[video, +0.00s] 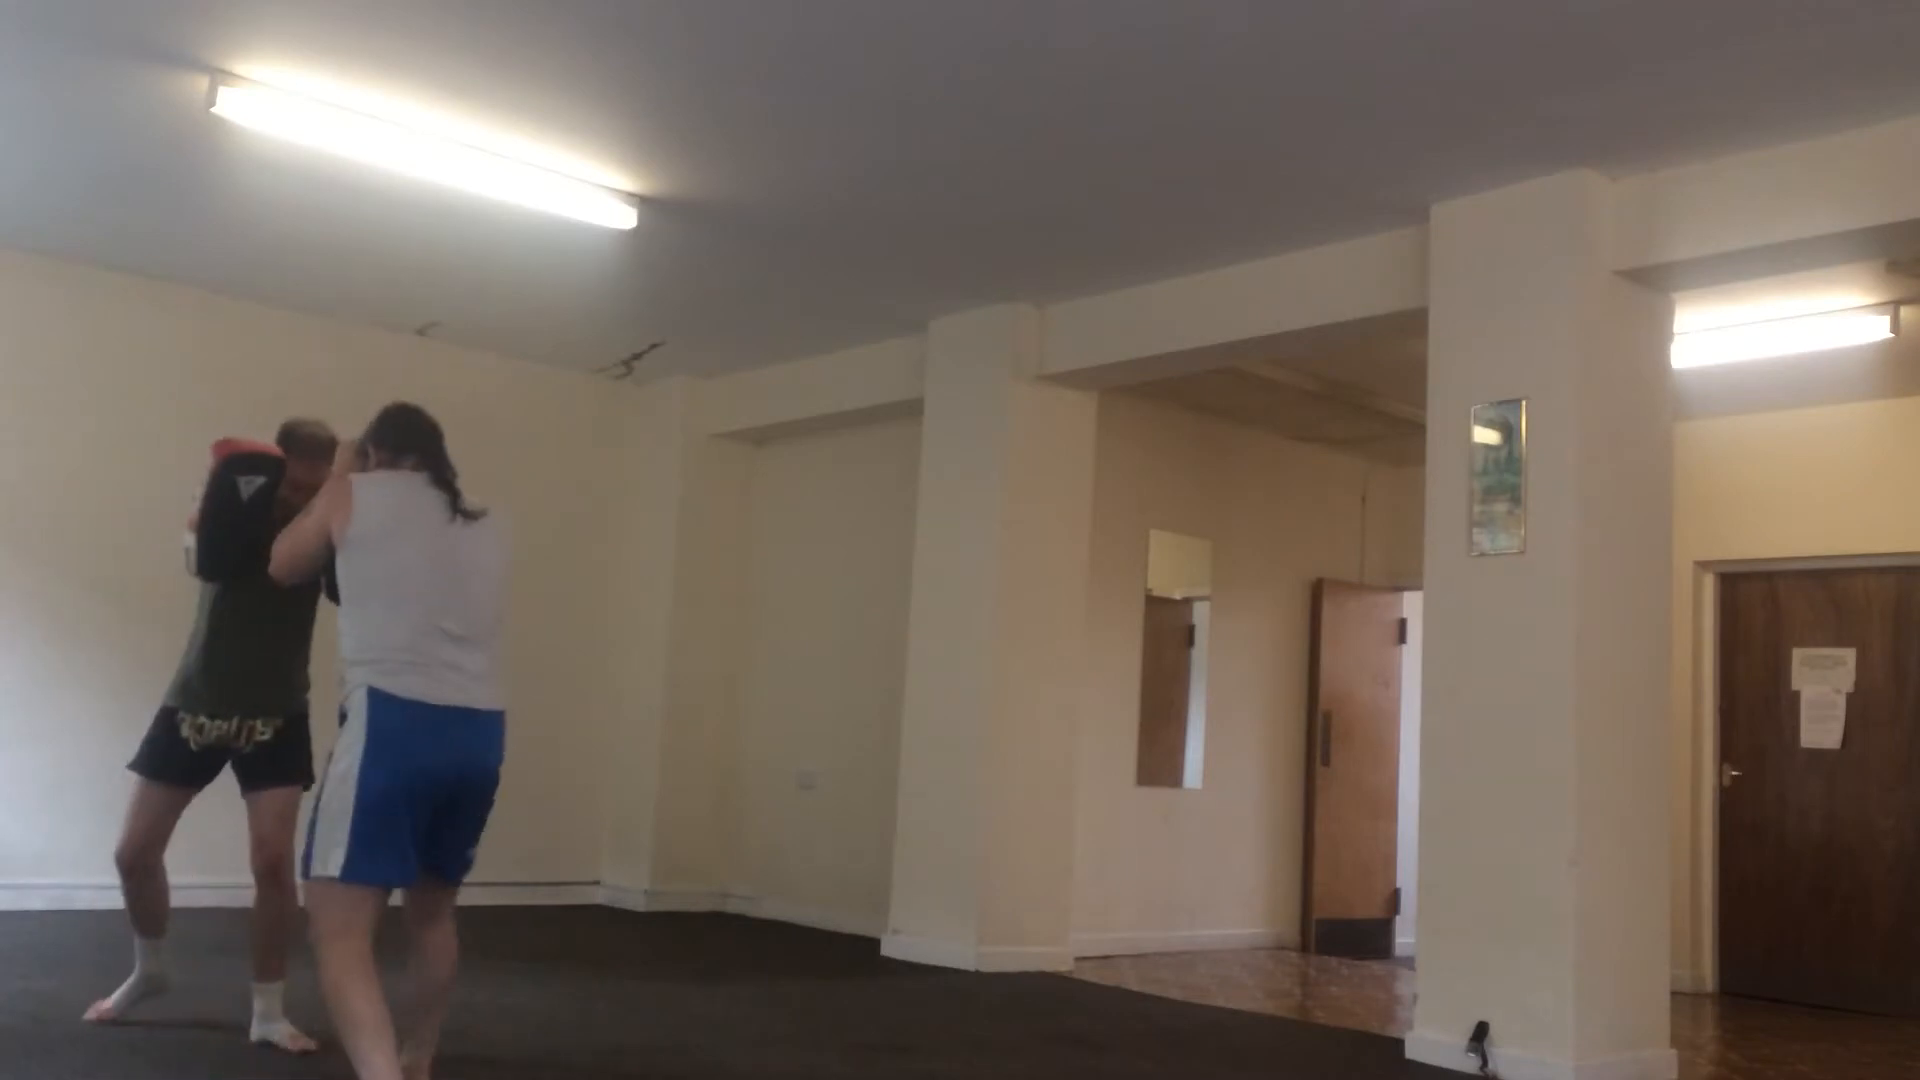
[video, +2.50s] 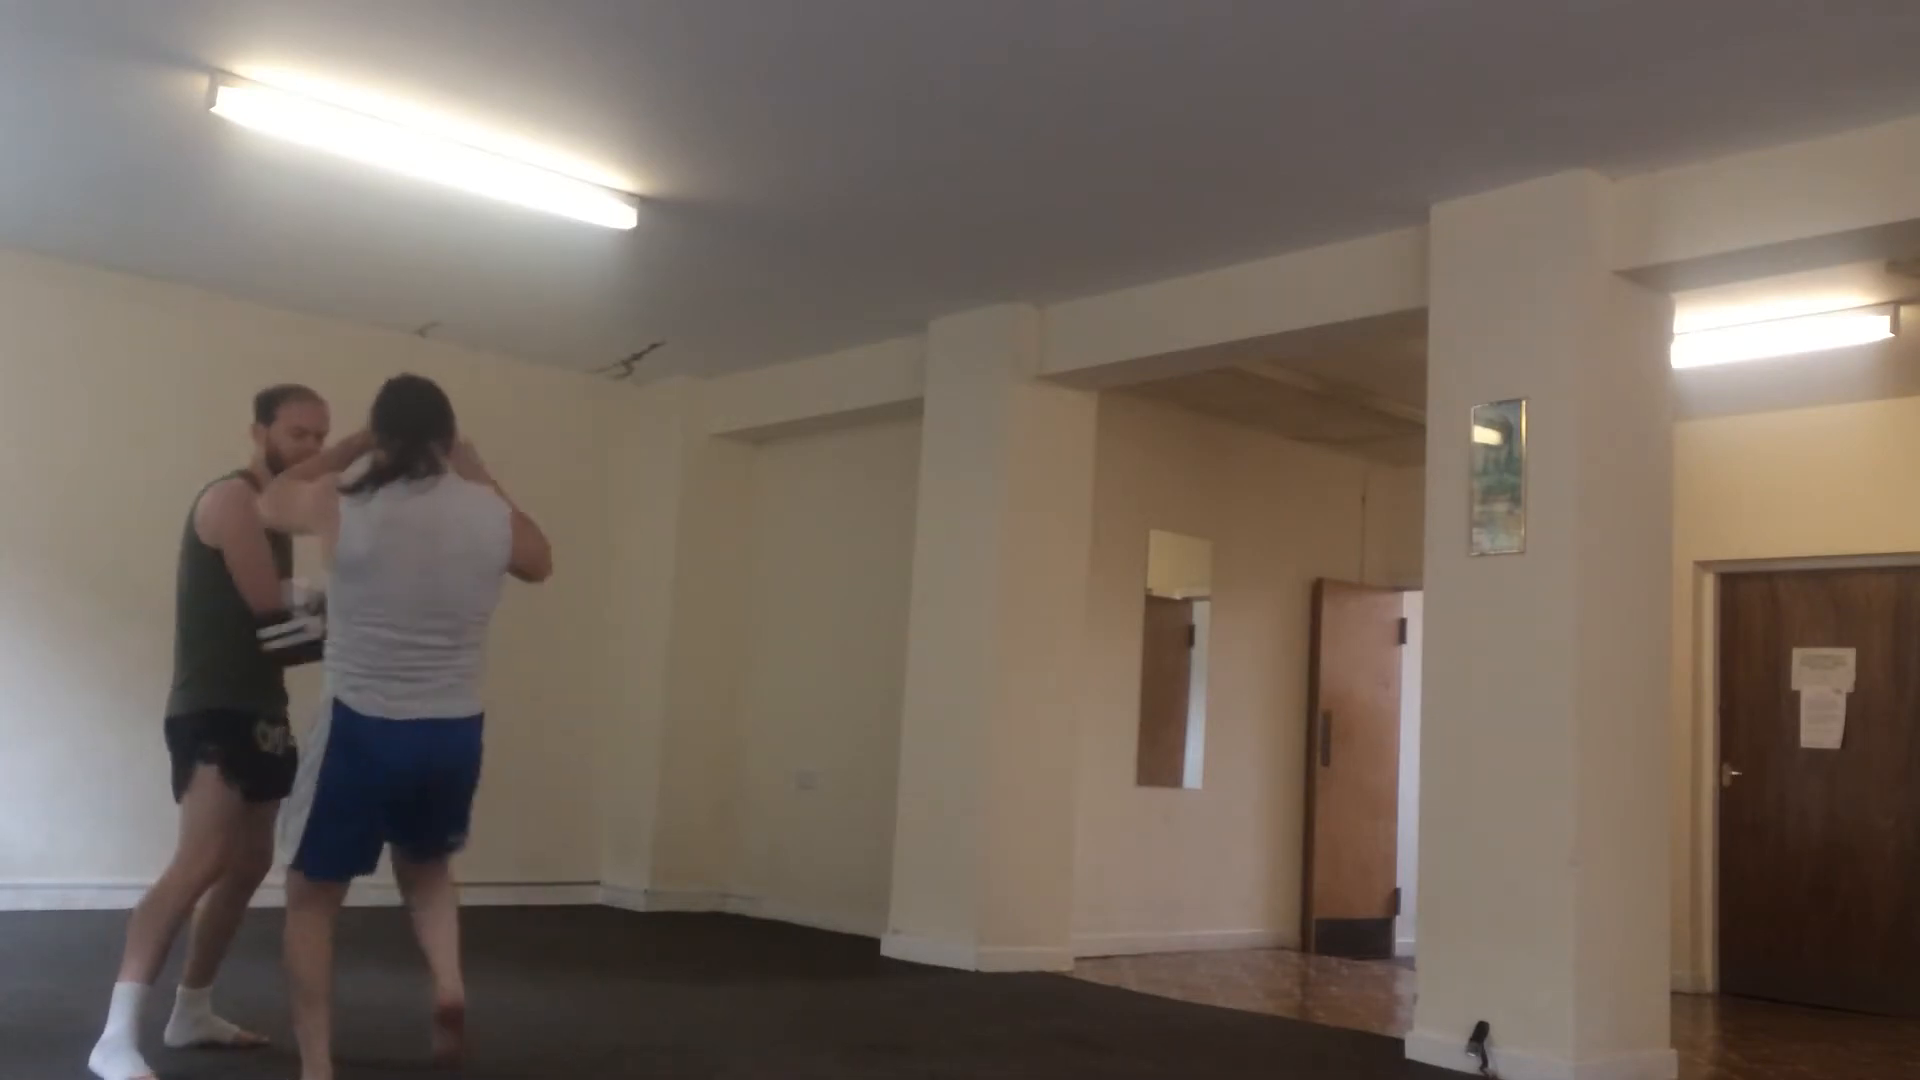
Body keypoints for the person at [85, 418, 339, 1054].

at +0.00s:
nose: (307, 499)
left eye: (318, 489)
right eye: (298, 486)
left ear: (329, 483)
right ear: (277, 471)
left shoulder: (319, 528)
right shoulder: (235, 497)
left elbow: (347, 592)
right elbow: (217, 561)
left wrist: (342, 514)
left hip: (276, 715)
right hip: (197, 707)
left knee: (274, 866)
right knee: (135, 853)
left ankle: (269, 1014)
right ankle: (149, 972)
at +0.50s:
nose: (274, 480)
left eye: (287, 471)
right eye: (268, 464)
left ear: (293, 470)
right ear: (238, 444)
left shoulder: (271, 526)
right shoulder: (176, 505)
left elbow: (264, 618)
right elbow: (171, 600)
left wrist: (322, 621)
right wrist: (269, 594)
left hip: (237, 707)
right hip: (161, 706)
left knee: (269, 866)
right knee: (112, 863)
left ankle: (266, 1014)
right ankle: (43, 1030)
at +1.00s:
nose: (284, 466)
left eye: (295, 458)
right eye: (278, 450)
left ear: (293, 460)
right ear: (241, 434)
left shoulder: (243, 517)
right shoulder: (198, 497)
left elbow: (255, 618)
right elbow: (244, 603)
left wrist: (310, 599)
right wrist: (306, 594)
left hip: (225, 707)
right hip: (170, 706)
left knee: (240, 859)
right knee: (164, 858)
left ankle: (192, 1012)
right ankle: (50, 1013)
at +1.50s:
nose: (296, 461)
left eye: (305, 451)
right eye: (287, 445)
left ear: (305, 451)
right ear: (249, 433)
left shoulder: (220, 497)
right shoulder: (227, 496)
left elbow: (256, 626)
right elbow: (272, 598)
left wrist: (329, 598)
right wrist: (323, 585)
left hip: (228, 715)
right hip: (199, 716)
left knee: (238, 862)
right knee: (184, 869)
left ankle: (191, 1012)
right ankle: (105, 1049)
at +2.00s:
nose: (316, 460)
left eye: (323, 450)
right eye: (307, 445)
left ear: (306, 444)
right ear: (267, 432)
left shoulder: (237, 494)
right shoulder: (250, 495)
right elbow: (294, 601)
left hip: (243, 714)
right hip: (214, 714)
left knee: (236, 867)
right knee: (182, 871)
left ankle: (191, 1012)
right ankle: (105, 1048)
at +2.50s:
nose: (314, 449)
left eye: (321, 437)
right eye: (300, 435)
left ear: (325, 444)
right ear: (262, 435)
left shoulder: (277, 508)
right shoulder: (229, 499)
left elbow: (277, 611)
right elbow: (270, 600)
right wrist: (336, 593)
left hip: (262, 711)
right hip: (216, 711)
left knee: (246, 865)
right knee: (197, 863)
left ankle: (192, 1012)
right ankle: (116, 1037)